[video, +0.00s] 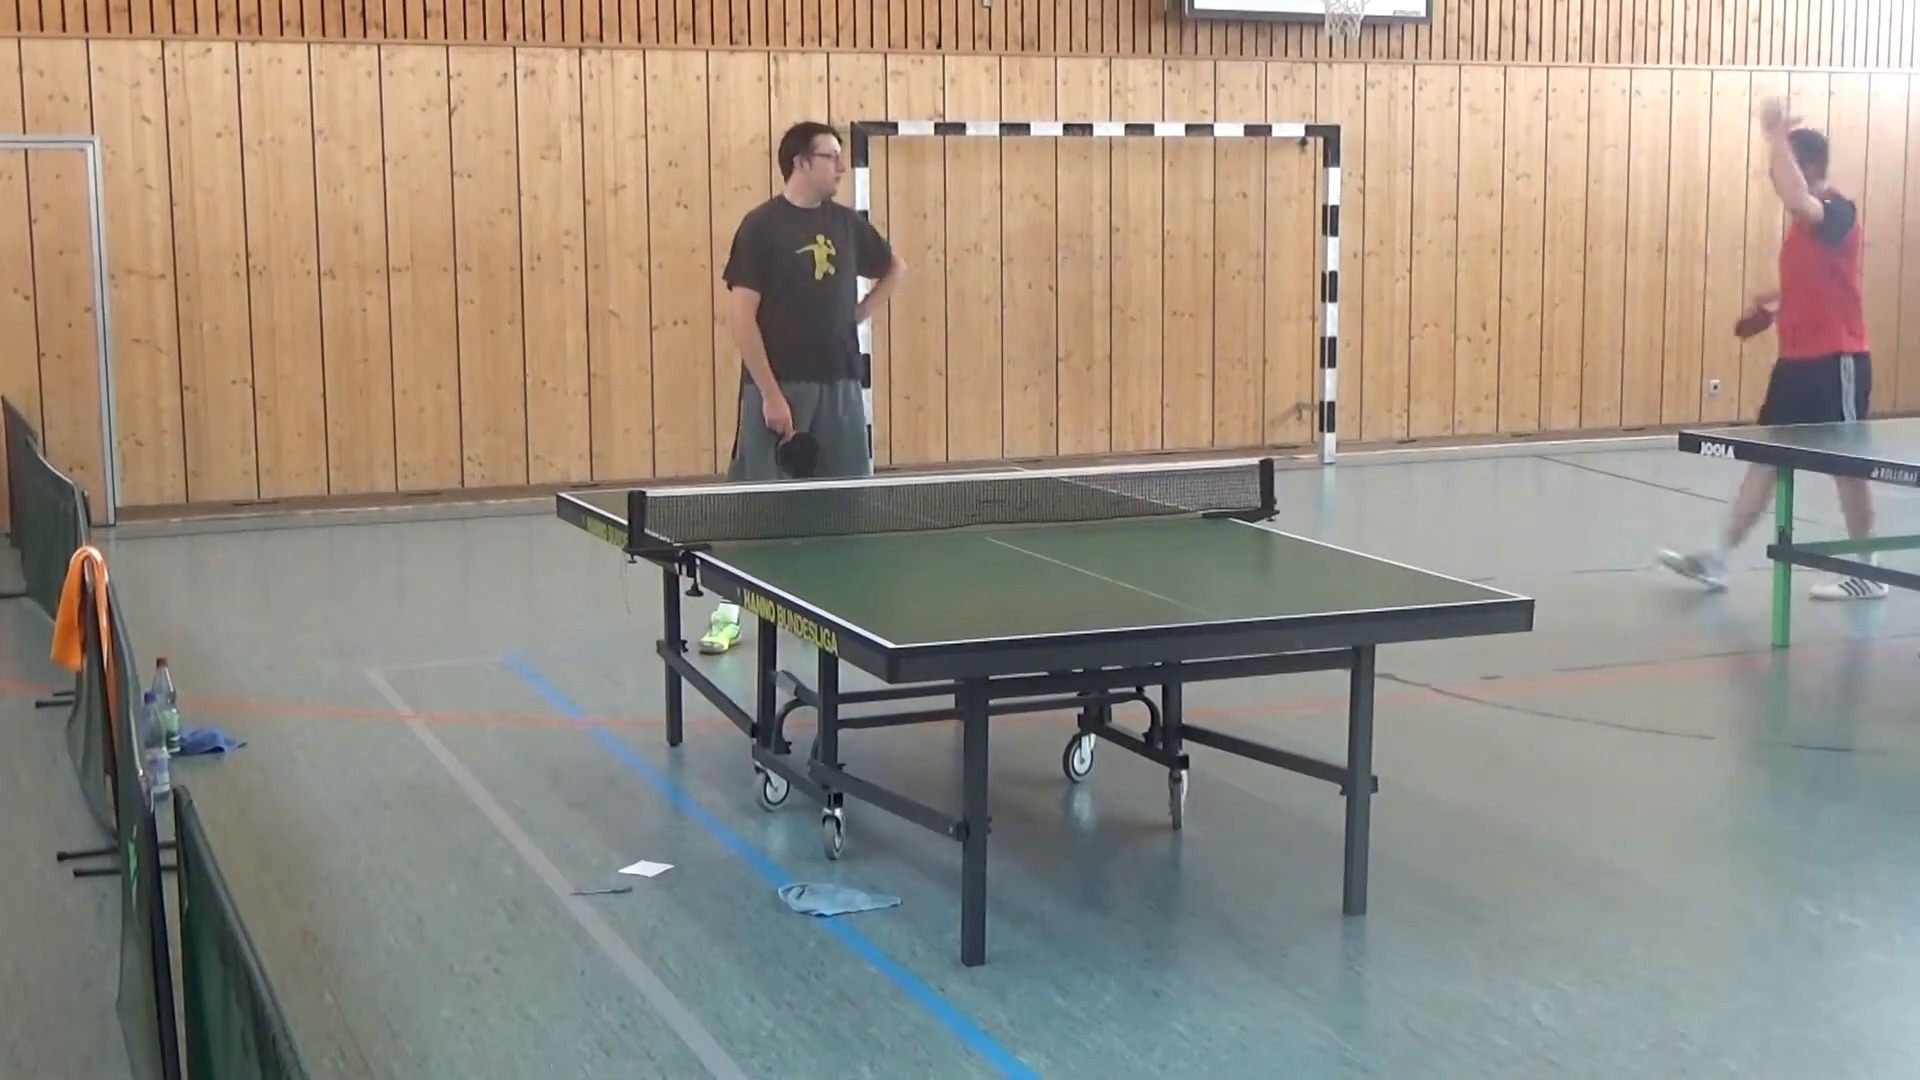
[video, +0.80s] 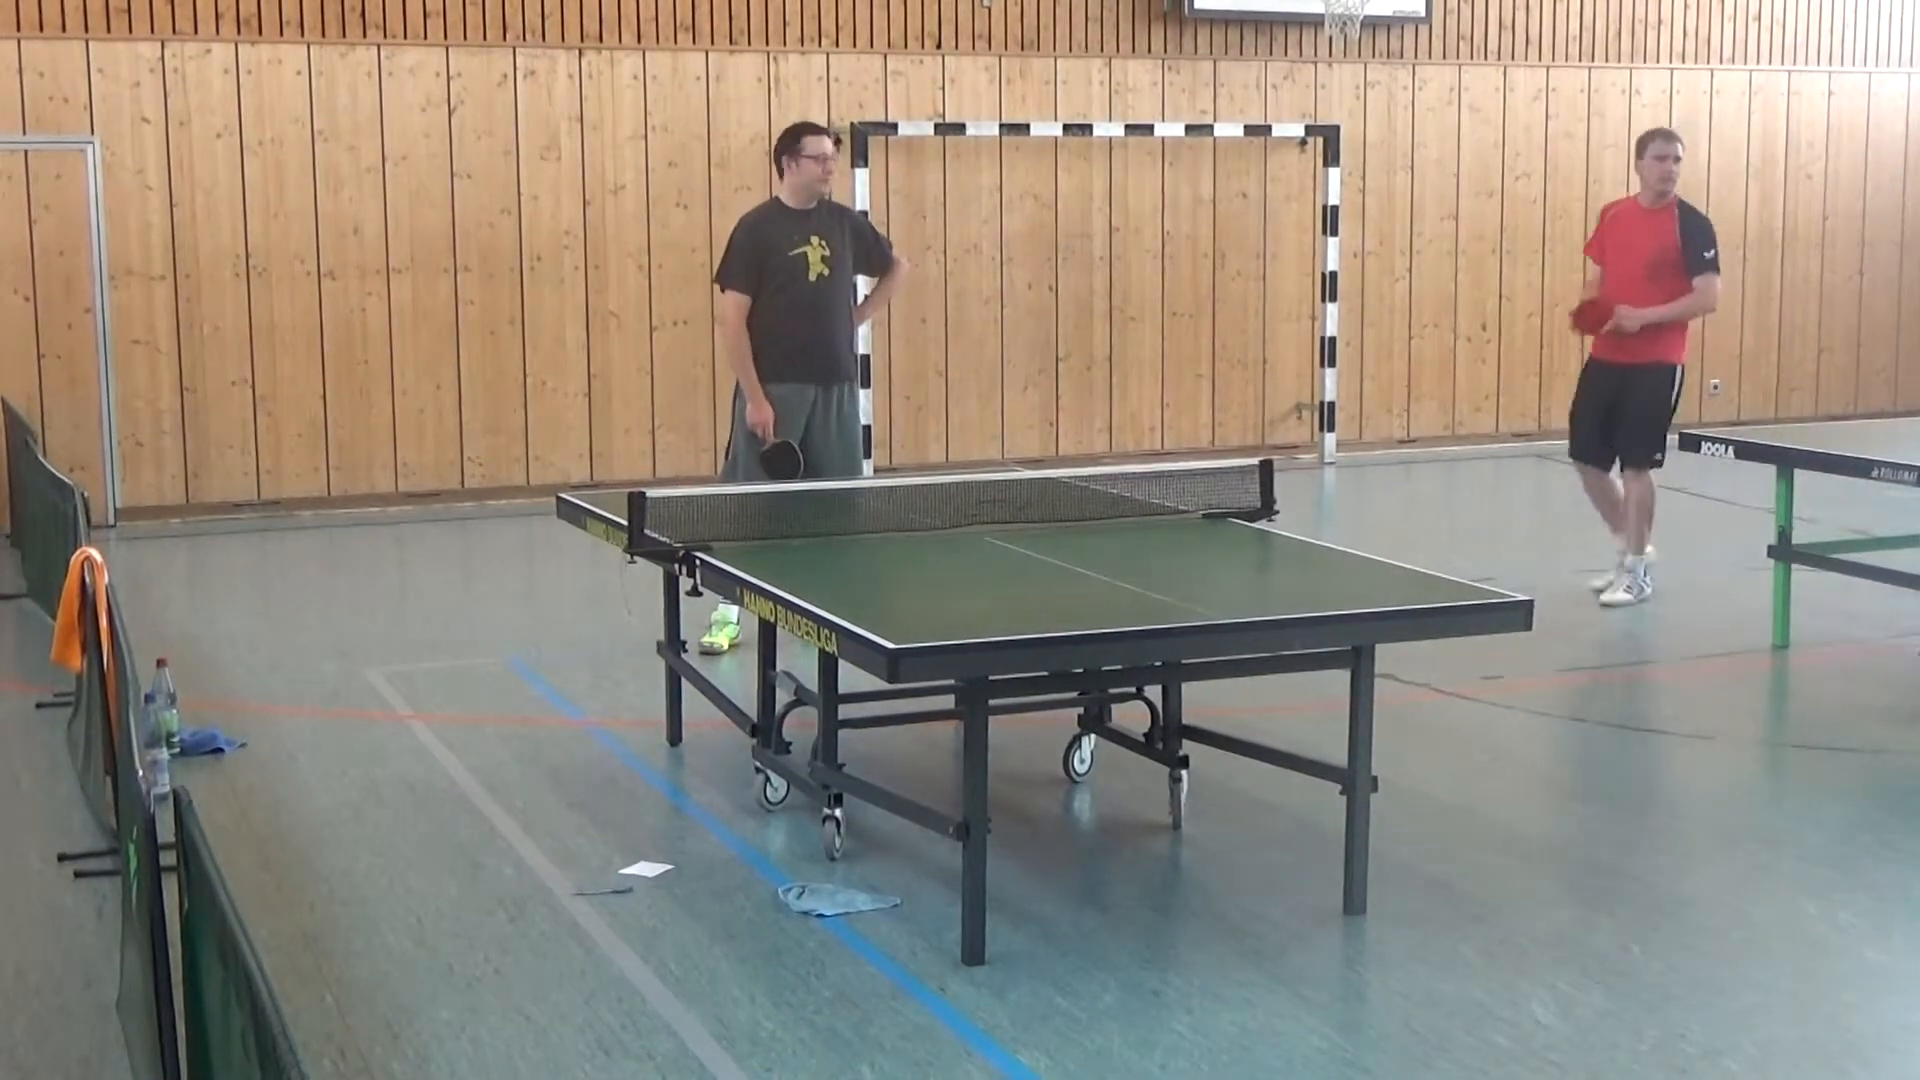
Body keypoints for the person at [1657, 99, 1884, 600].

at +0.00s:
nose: (1777, 175)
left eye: (1787, 167)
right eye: (1776, 167)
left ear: (1810, 168)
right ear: (1793, 172)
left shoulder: (1838, 210)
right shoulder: (1802, 220)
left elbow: (1796, 196)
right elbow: (1813, 284)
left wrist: (1777, 137)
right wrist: (1772, 304)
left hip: (1837, 359)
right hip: (1796, 359)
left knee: (1848, 467)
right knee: (1764, 460)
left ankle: (1865, 571)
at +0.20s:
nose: (1714, 170)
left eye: (1722, 162)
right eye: (1714, 162)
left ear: (1751, 166)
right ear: (1739, 169)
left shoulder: (1781, 213)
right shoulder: (1732, 220)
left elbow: (1782, 268)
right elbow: (1736, 292)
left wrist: (1794, 198)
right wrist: (1710, 331)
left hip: (1773, 366)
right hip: (1726, 364)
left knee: (1796, 467)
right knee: (1697, 462)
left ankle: (1852, 555)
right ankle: (1677, 567)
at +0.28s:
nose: (1699, 166)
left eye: (1708, 157)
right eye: (1699, 158)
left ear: (1737, 162)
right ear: (1714, 163)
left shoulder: (1764, 214)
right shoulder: (1706, 220)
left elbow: (1781, 283)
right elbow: (1710, 294)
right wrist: (1681, 333)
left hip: (1749, 365)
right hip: (1700, 363)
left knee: (1760, 464)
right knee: (1680, 460)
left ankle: (1829, 541)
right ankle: (1676, 567)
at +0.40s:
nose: (1704, 160)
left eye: (1712, 152)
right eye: (1696, 152)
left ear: (1725, 160)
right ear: (1682, 160)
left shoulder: (1740, 216)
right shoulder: (1674, 218)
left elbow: (1764, 290)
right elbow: (1673, 291)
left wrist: (1706, 324)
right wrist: (1634, 327)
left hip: (1718, 357)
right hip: (1672, 355)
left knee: (1706, 458)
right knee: (1666, 456)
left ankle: (1771, 529)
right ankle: (1676, 567)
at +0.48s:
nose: (1700, 159)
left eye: (1707, 153)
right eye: (1691, 152)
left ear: (1716, 161)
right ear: (1673, 159)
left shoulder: (1730, 216)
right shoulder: (1658, 215)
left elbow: (1749, 289)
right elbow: (1651, 281)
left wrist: (1678, 314)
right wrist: (1617, 309)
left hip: (1705, 353)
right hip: (1659, 352)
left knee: (1681, 458)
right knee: (1655, 456)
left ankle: (1721, 554)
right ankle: (1673, 567)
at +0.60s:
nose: (1689, 162)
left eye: (1696, 156)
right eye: (1680, 154)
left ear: (1705, 164)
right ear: (1660, 161)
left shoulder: (1714, 219)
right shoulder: (1639, 215)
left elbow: (1727, 294)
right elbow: (1620, 279)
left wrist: (1654, 308)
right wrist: (1603, 304)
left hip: (1683, 357)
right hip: (1637, 354)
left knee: (1649, 460)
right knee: (1639, 462)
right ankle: (1673, 562)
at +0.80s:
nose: (1669, 167)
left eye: (1675, 160)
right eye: (1659, 159)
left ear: (1682, 167)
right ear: (1639, 164)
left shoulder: (1693, 224)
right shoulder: (1613, 215)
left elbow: (1707, 297)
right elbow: (1598, 280)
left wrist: (1643, 316)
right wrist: (1590, 308)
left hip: (1657, 362)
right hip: (1606, 357)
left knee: (1635, 464)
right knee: (1588, 458)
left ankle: (1634, 569)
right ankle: (1634, 544)